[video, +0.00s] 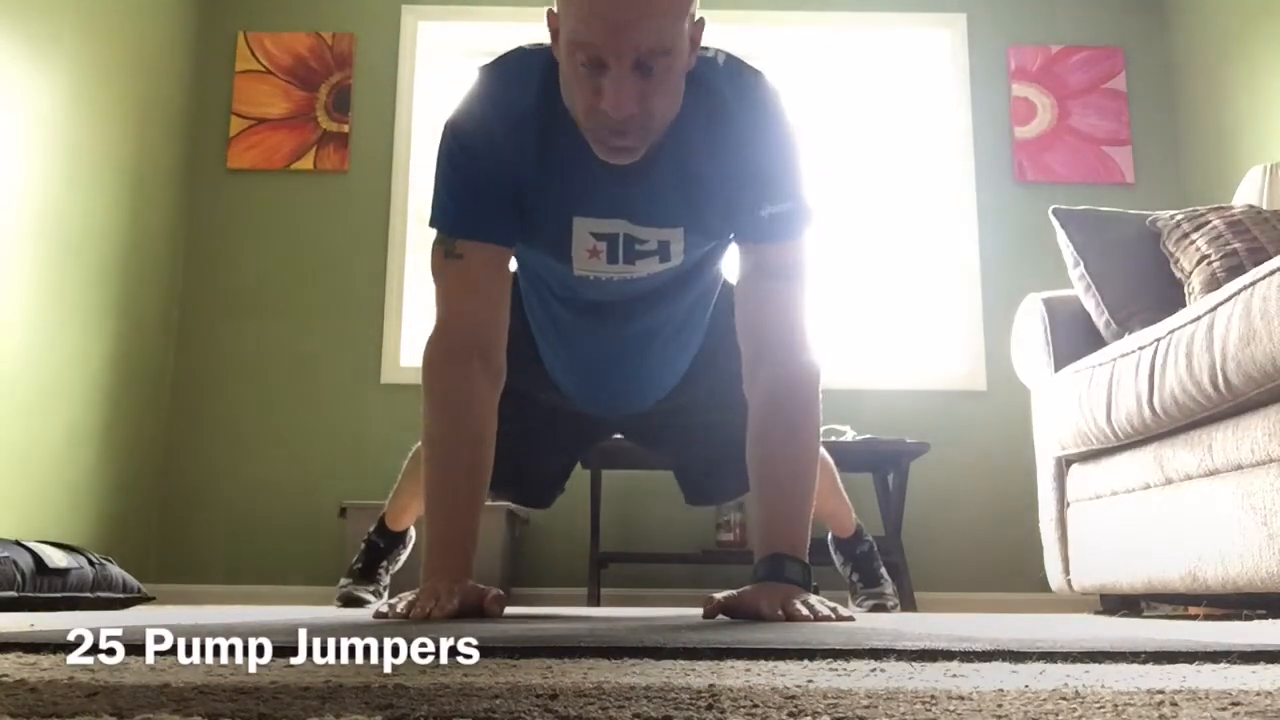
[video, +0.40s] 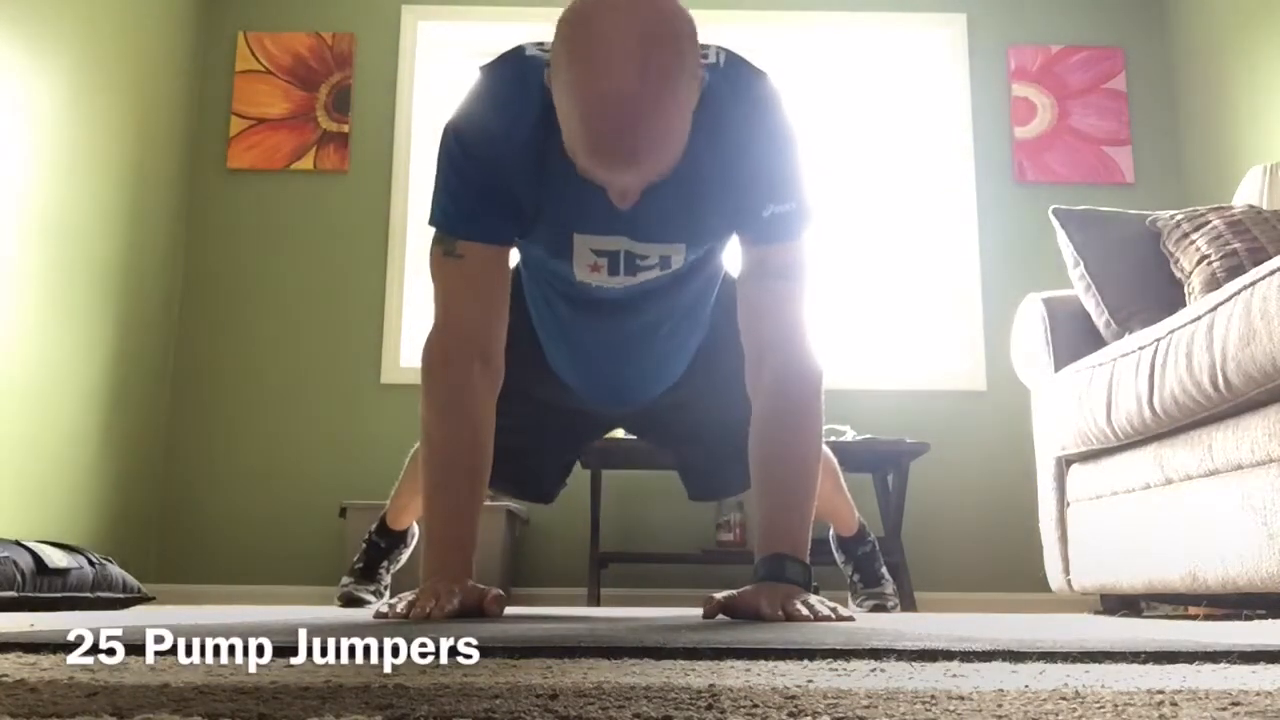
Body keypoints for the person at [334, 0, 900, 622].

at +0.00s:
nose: (618, 101)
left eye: (651, 65)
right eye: (591, 63)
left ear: (694, 42)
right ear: (554, 36)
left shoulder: (743, 110)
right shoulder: (499, 110)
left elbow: (780, 359)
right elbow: (462, 351)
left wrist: (782, 575)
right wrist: (444, 581)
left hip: (690, 336)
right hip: (541, 335)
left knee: (789, 455)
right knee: (450, 450)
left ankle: (856, 550)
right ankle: (384, 543)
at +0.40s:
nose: (624, 197)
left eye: (646, 177)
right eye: (599, 177)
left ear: (696, 83)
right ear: (555, 90)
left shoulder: (747, 113)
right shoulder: (495, 118)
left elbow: (783, 362)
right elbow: (462, 355)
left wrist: (783, 576)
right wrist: (445, 582)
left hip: (693, 328)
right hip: (544, 326)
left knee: (793, 452)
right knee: (451, 449)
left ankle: (860, 547)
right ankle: (386, 545)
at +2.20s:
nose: (622, 194)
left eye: (655, 155)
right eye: (590, 153)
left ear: (696, 123)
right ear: (553, 115)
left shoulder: (754, 168)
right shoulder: (486, 172)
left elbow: (791, 377)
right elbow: (450, 377)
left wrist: (782, 576)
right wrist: (445, 584)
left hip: (701, 379)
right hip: (534, 379)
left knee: (793, 450)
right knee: (442, 447)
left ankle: (861, 549)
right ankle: (379, 552)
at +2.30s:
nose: (623, 235)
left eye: (657, 199)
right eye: (591, 198)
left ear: (700, 179)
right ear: (554, 179)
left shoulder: (761, 233)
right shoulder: (479, 234)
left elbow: (797, 402)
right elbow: (440, 408)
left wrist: (779, 573)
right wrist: (447, 582)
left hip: (704, 420)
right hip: (532, 419)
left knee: (801, 469)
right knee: (435, 462)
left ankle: (859, 540)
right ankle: (380, 532)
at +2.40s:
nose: (627, 322)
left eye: (661, 282)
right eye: (593, 279)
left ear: (709, 268)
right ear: (551, 266)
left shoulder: (768, 306)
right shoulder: (471, 306)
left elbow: (804, 434)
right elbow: (435, 431)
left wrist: (781, 575)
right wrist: (445, 587)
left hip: (708, 465)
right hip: (530, 466)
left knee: (800, 482)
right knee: (437, 477)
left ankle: (859, 540)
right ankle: (374, 533)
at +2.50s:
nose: (627, 410)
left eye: (659, 369)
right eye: (596, 369)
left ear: (713, 344)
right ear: (547, 342)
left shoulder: (789, 369)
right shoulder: (462, 360)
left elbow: (825, 427)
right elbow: (418, 432)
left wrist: (781, 572)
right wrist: (448, 578)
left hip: (714, 530)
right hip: (525, 529)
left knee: (830, 521)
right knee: (417, 516)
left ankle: (860, 544)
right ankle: (369, 534)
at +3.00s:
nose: (628, 337)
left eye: (662, 306)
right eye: (604, 297)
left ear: (715, 281)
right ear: (563, 268)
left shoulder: (790, 340)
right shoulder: (471, 329)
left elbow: (826, 434)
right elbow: (421, 426)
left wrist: (778, 576)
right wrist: (446, 584)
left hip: (706, 585)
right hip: (531, 580)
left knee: (842, 534)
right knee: (402, 524)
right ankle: (382, 521)